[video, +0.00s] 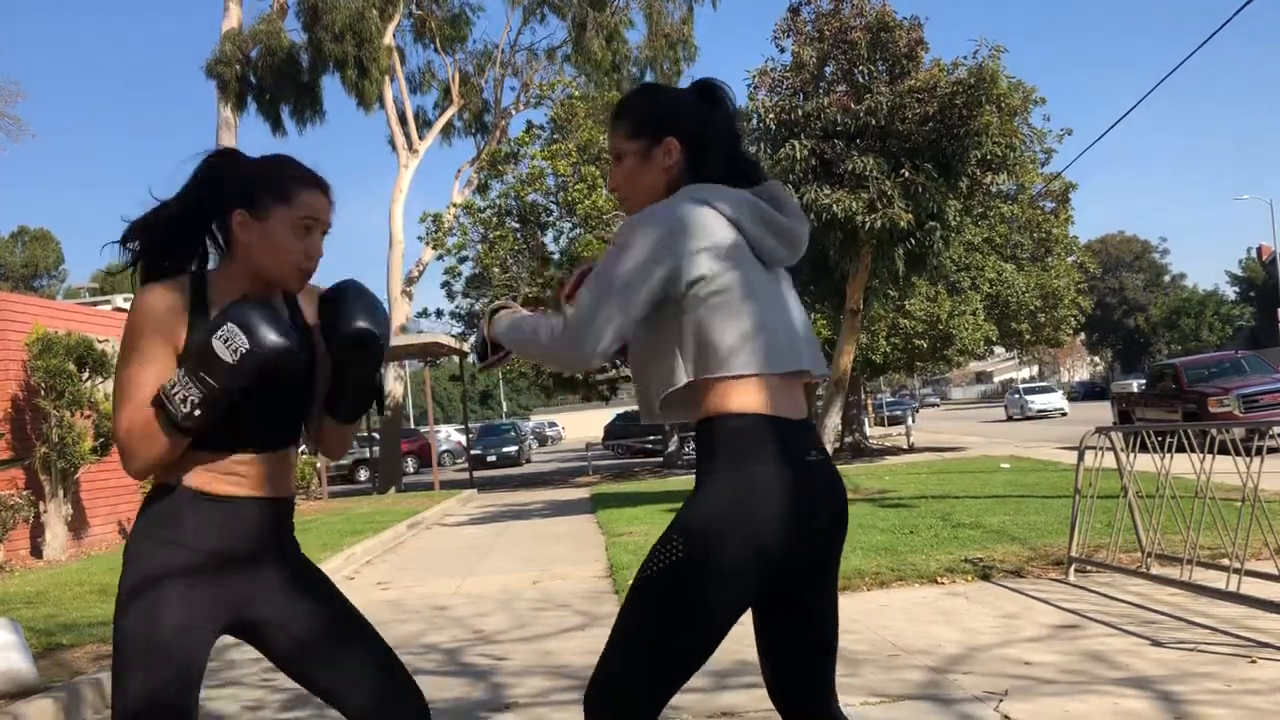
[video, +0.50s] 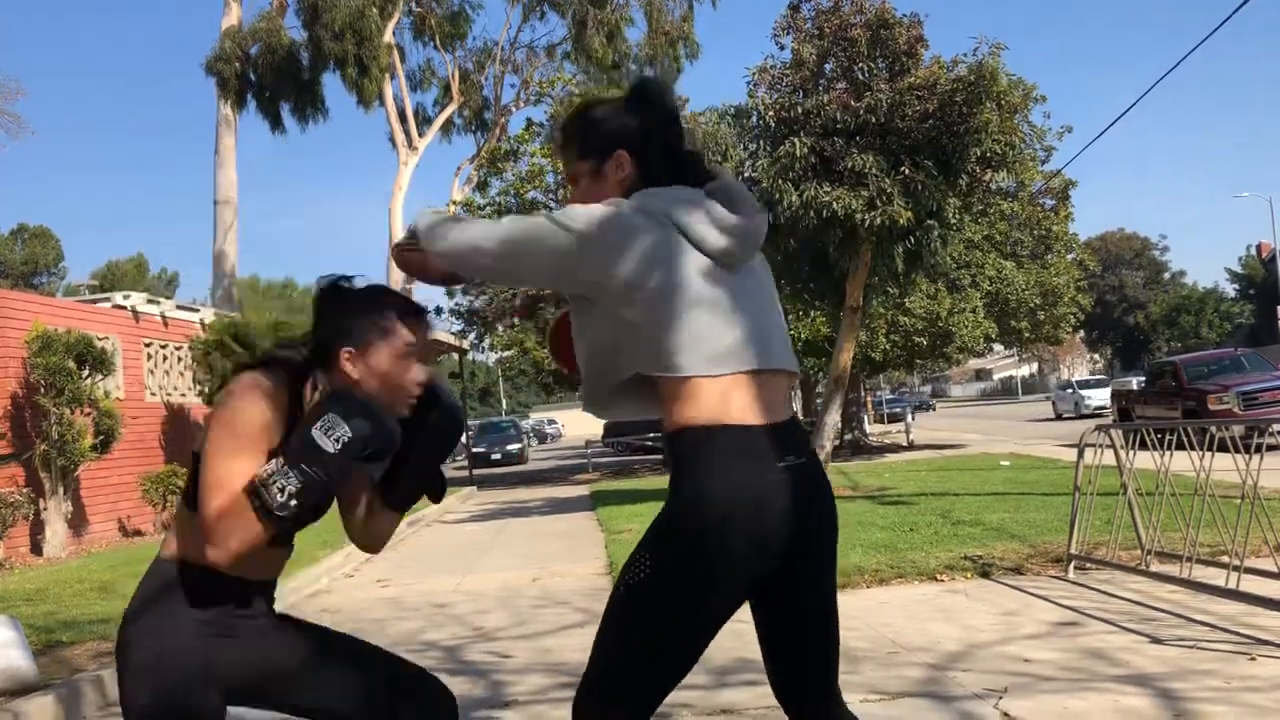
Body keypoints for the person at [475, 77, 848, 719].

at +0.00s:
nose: (609, 179)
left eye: (618, 159)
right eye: (609, 162)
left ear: (669, 155)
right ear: (674, 157)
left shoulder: (666, 225)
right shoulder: (750, 221)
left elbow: (583, 344)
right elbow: (699, 329)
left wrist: (504, 322)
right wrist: (609, 282)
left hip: (741, 489)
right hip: (812, 484)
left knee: (615, 701)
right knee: (810, 702)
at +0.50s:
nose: (569, 195)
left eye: (574, 179)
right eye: (566, 182)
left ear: (621, 167)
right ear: (635, 162)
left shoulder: (620, 230)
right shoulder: (731, 223)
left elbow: (436, 244)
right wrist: (596, 345)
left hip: (719, 493)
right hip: (801, 488)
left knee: (605, 705)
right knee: (815, 700)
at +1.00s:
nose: (617, 193)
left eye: (624, 173)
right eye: (615, 176)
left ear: (673, 163)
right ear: (676, 162)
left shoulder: (693, 233)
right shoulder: (765, 229)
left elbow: (619, 370)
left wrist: (564, 268)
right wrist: (590, 334)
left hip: (749, 498)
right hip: (824, 492)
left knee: (636, 706)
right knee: (825, 700)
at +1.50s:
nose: (515, 185)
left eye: (527, 163)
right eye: (506, 166)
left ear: (582, 150)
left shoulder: (653, 218)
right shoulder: (565, 251)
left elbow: (682, 383)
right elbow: (588, 391)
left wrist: (553, 320)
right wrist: (507, 396)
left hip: (693, 478)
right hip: (651, 480)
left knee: (621, 704)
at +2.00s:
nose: (511, 183)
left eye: (515, 164)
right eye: (499, 160)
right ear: (437, 150)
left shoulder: (499, 245)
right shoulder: (344, 226)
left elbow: (521, 392)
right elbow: (238, 334)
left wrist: (546, 332)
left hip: (465, 489)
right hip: (363, 492)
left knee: (554, 701)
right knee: (333, 707)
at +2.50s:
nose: (475, 189)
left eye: (483, 171)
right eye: (465, 166)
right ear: (405, 150)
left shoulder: (458, 245)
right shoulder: (321, 229)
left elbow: (515, 360)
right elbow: (327, 379)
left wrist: (564, 295)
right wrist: (458, 313)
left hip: (439, 485)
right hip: (350, 488)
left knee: (527, 691)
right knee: (334, 704)